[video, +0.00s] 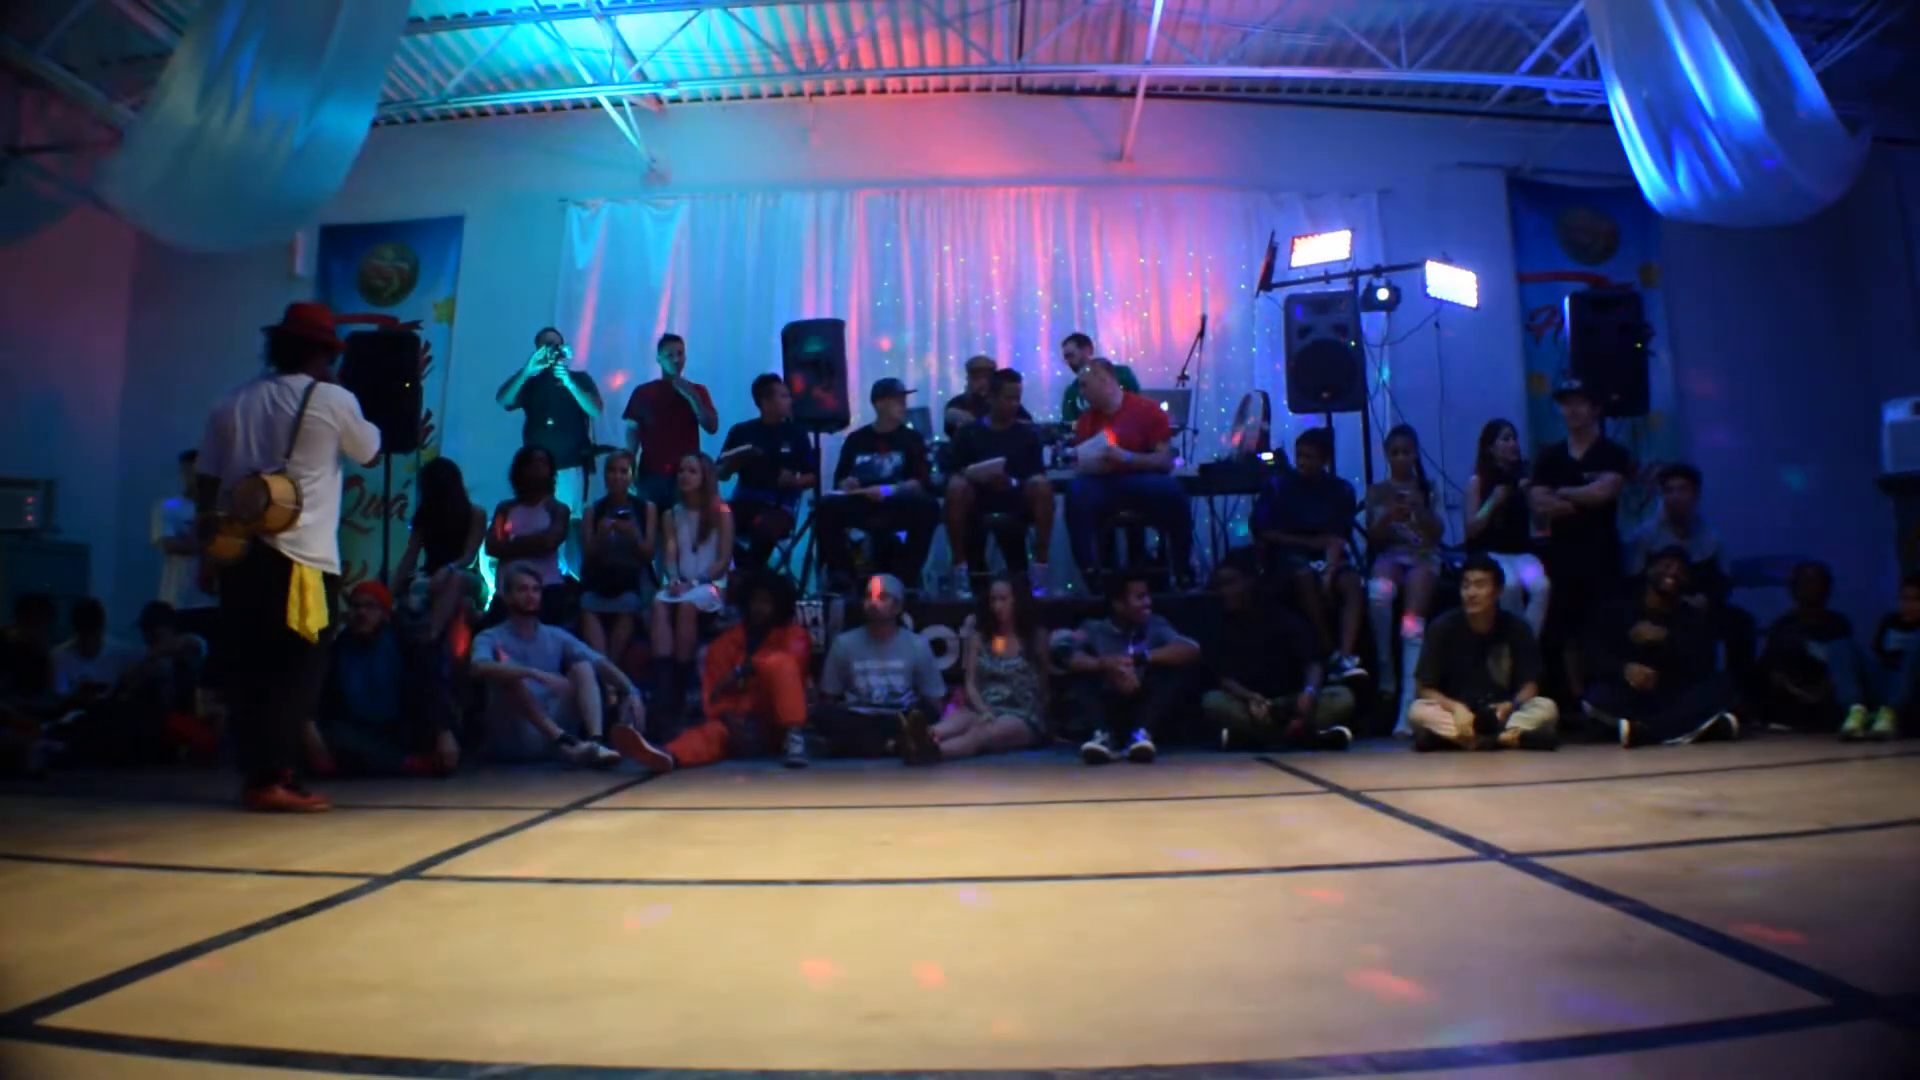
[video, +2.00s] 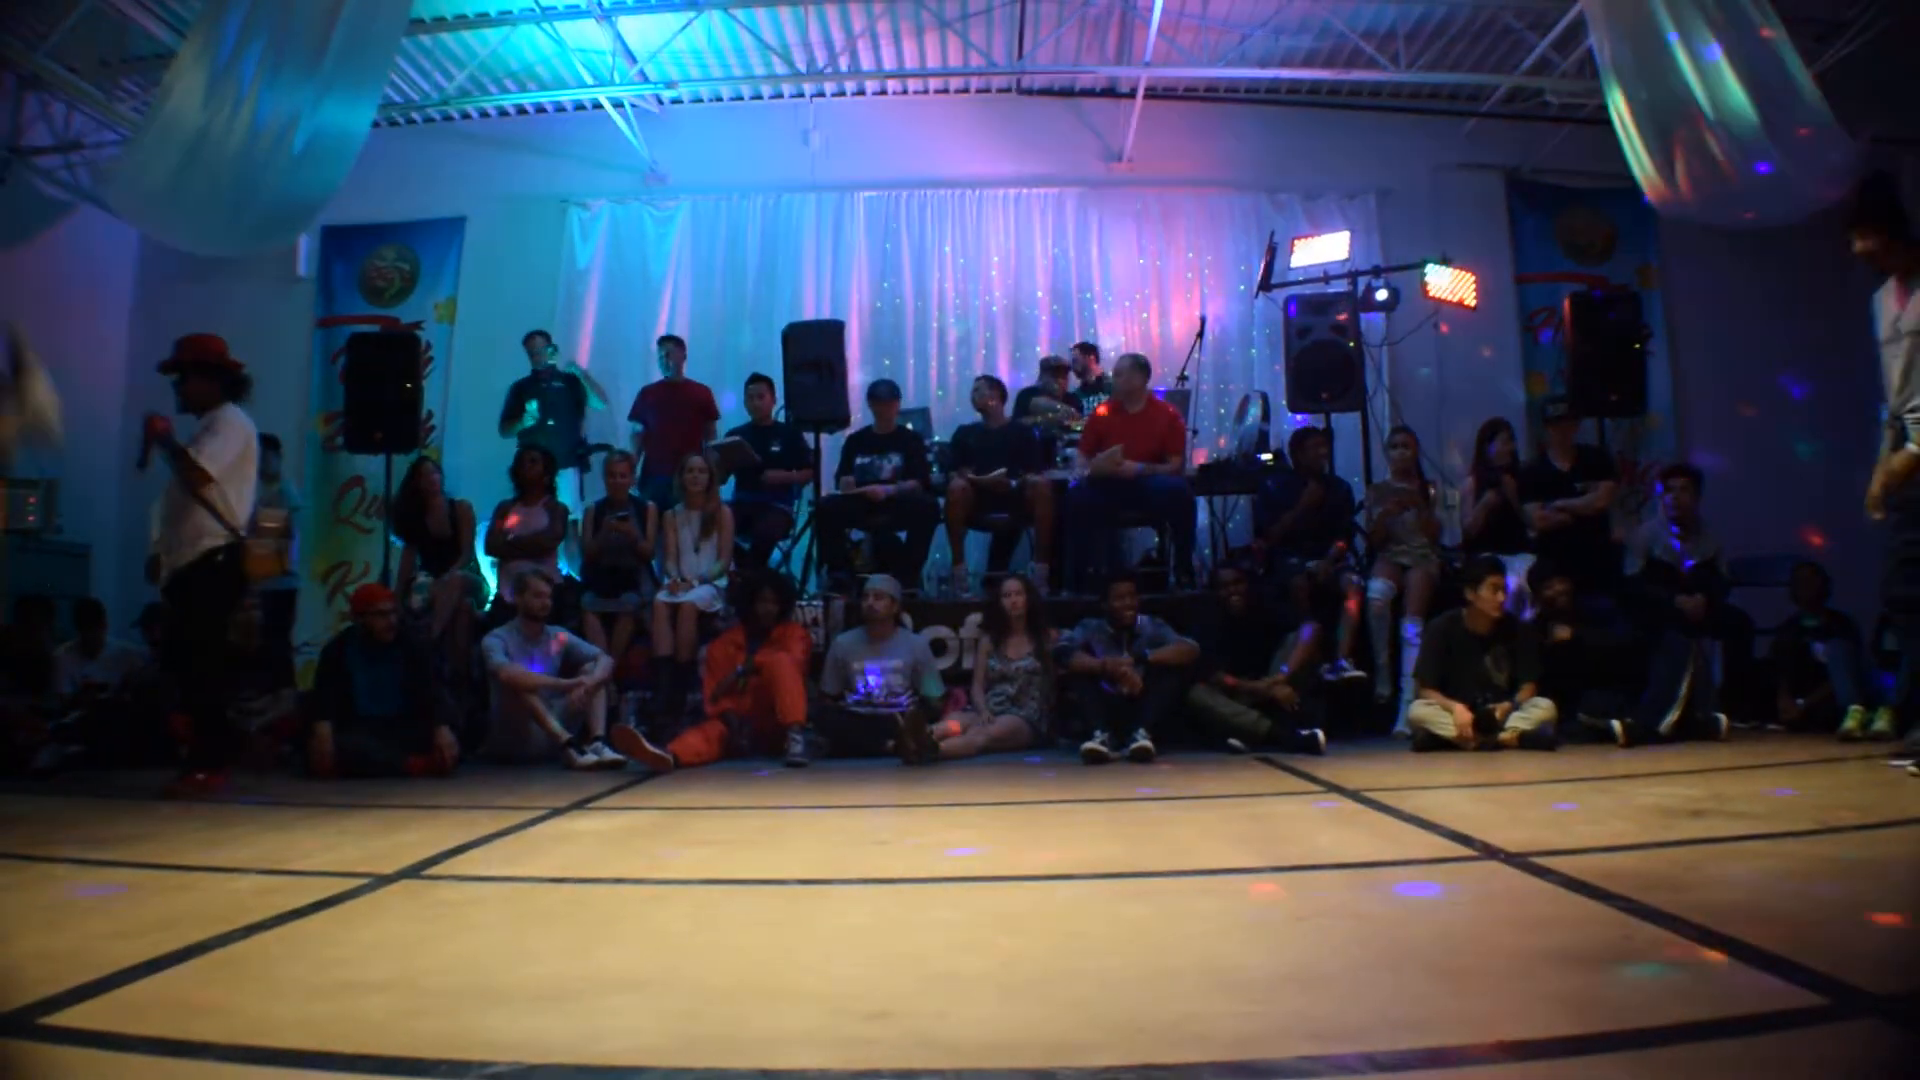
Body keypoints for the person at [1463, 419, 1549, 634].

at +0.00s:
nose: (1512, 444)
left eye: (1514, 438)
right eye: (1505, 439)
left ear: (1518, 442)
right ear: (1490, 446)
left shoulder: (1524, 475)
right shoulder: (1478, 482)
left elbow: (1540, 519)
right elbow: (1471, 528)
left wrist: (1532, 495)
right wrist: (1494, 501)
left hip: (1522, 548)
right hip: (1491, 549)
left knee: (1540, 584)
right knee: (1510, 585)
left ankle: (1530, 642)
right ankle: (1510, 639)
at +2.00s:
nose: (1510, 447)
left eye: (1511, 441)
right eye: (1503, 442)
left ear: (1514, 444)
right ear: (1487, 447)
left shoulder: (1522, 478)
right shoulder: (1473, 483)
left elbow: (1534, 523)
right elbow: (1469, 530)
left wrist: (1514, 498)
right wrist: (1485, 503)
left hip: (1520, 552)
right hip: (1487, 552)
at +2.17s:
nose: (1513, 447)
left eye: (1514, 441)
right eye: (1508, 441)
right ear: (1490, 445)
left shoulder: (1518, 478)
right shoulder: (1473, 482)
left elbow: (1528, 519)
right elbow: (1469, 528)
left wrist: (1514, 498)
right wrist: (1486, 505)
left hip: (1518, 551)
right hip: (1486, 553)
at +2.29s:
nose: (1514, 447)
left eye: (1514, 441)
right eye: (1508, 441)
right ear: (1491, 446)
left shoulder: (1515, 479)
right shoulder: (1473, 483)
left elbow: (1525, 519)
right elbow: (1469, 530)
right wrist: (1486, 506)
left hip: (1519, 550)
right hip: (1488, 551)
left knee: (1535, 583)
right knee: (1513, 584)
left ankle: (1527, 642)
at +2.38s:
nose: (1514, 447)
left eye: (1515, 441)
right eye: (1509, 441)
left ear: (1514, 445)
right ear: (1492, 445)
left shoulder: (1518, 477)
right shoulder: (1474, 481)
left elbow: (1528, 519)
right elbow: (1468, 528)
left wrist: (1514, 500)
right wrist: (1486, 506)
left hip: (1519, 549)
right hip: (1488, 549)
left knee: (1534, 581)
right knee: (1512, 583)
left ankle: (1529, 642)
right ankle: (1500, 640)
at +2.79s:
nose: (1511, 448)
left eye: (1512, 442)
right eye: (1505, 442)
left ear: (1515, 445)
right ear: (1489, 447)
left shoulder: (1518, 479)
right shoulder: (1474, 483)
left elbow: (1533, 521)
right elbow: (1469, 530)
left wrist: (1516, 499)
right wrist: (1487, 507)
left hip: (1520, 551)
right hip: (1489, 551)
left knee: (1536, 581)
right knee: (1513, 584)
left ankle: (1530, 644)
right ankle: (1502, 643)